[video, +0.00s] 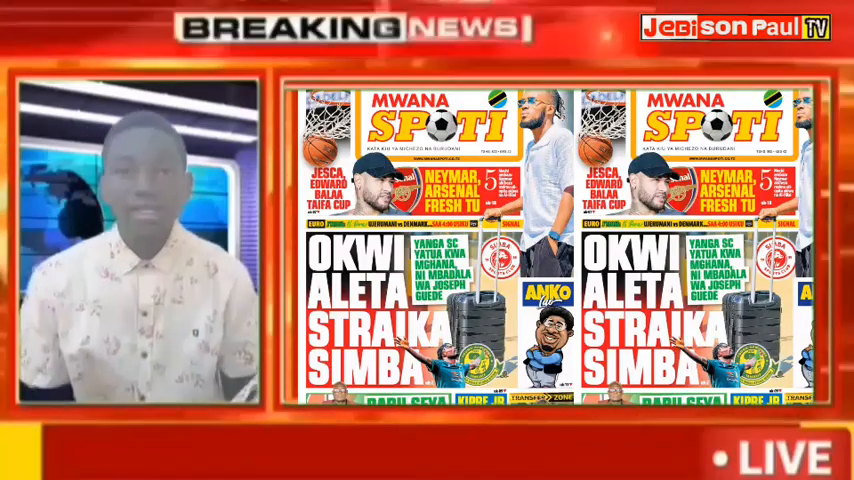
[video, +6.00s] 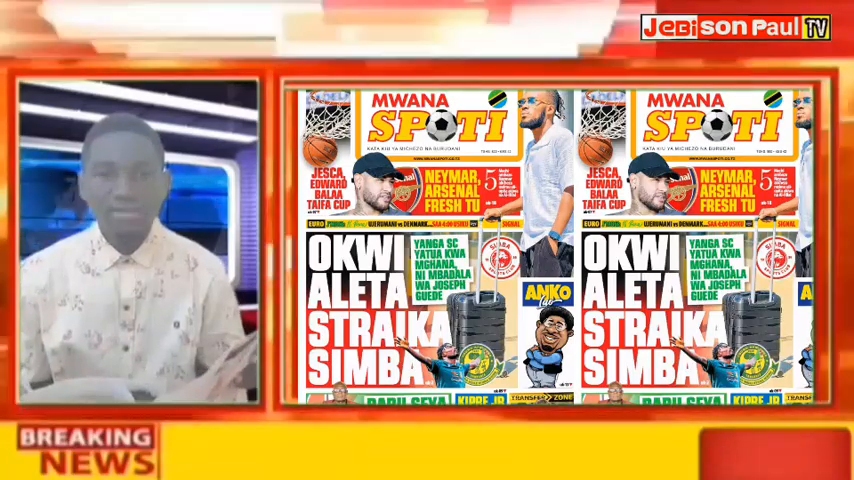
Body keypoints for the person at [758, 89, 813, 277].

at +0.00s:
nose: (799, 107)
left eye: (806, 101)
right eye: (797, 103)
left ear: (820, 108)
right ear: (795, 109)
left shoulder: (826, 148)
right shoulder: (806, 149)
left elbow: (829, 192)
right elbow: (805, 196)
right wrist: (777, 211)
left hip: (819, 239)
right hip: (804, 239)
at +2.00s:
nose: (799, 107)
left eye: (806, 101)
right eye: (797, 103)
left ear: (820, 107)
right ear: (794, 109)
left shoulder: (827, 148)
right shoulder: (806, 149)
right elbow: (804, 196)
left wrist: (833, 223)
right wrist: (777, 211)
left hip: (821, 240)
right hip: (804, 239)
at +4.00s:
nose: (799, 107)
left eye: (807, 101)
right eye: (797, 103)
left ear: (820, 107)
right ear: (794, 110)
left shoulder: (827, 148)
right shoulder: (806, 149)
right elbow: (804, 196)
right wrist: (777, 211)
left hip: (821, 240)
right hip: (804, 239)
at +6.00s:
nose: (799, 108)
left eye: (806, 102)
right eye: (797, 103)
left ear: (819, 107)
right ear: (794, 110)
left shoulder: (827, 148)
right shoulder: (806, 149)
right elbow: (805, 196)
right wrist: (776, 211)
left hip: (819, 239)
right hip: (803, 239)